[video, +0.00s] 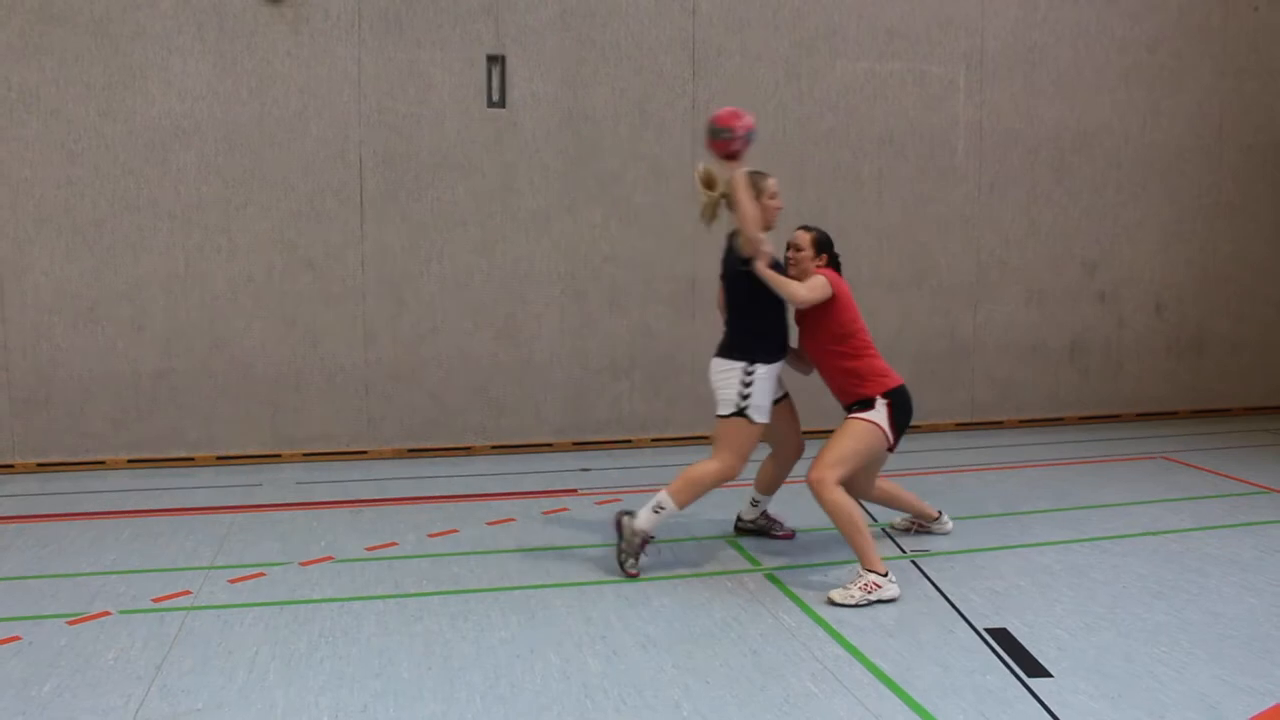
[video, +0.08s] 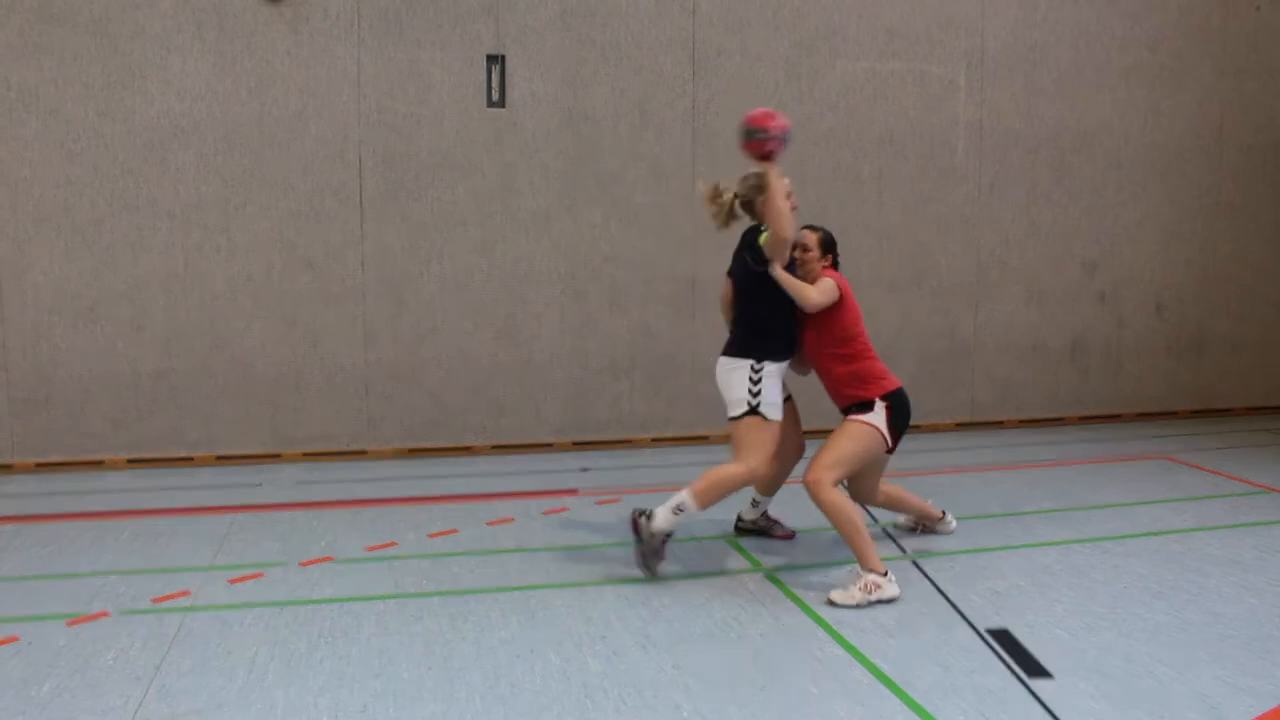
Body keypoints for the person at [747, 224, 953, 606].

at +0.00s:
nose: (788, 256)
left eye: (797, 250)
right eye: (788, 250)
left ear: (821, 258)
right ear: (790, 258)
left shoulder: (825, 278)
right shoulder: (808, 300)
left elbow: (800, 296)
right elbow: (805, 365)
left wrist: (761, 270)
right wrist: (765, 336)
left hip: (880, 402)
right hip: (870, 404)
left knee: (823, 478)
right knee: (860, 485)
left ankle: (877, 576)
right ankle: (931, 517)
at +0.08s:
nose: (794, 256)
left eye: (804, 250)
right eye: (793, 250)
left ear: (826, 259)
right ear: (793, 258)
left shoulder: (830, 281)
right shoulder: (801, 303)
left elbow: (812, 300)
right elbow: (802, 365)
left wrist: (775, 272)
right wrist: (763, 322)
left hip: (880, 405)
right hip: (865, 407)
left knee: (820, 479)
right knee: (866, 492)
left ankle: (876, 576)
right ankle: (933, 517)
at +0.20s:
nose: (798, 257)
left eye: (808, 251)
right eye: (794, 251)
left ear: (826, 260)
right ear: (788, 257)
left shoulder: (833, 283)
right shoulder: (786, 300)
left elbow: (827, 299)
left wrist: (777, 273)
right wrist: (729, 287)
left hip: (884, 405)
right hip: (857, 411)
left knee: (826, 474)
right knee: (872, 491)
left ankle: (875, 574)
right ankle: (938, 516)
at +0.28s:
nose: (793, 262)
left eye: (802, 255)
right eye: (786, 256)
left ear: (818, 262)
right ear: (777, 261)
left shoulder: (831, 285)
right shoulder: (778, 300)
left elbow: (828, 299)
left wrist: (778, 273)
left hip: (888, 405)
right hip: (857, 411)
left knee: (830, 473)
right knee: (878, 486)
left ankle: (875, 571)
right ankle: (940, 513)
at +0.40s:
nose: (783, 269)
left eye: (791, 260)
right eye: (775, 264)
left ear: (806, 264)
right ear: (767, 273)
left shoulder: (827, 290)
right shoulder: (769, 316)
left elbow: (817, 306)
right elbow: (747, 364)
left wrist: (763, 275)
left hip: (887, 398)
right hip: (855, 408)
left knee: (826, 477)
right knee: (883, 474)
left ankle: (876, 572)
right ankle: (937, 504)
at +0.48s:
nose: (775, 265)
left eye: (783, 256)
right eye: (768, 259)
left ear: (801, 260)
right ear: (761, 266)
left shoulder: (823, 285)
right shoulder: (765, 308)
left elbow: (800, 301)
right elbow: (733, 358)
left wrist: (747, 266)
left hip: (884, 393)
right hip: (852, 402)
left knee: (822, 478)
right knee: (883, 460)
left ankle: (875, 571)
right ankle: (928, 497)